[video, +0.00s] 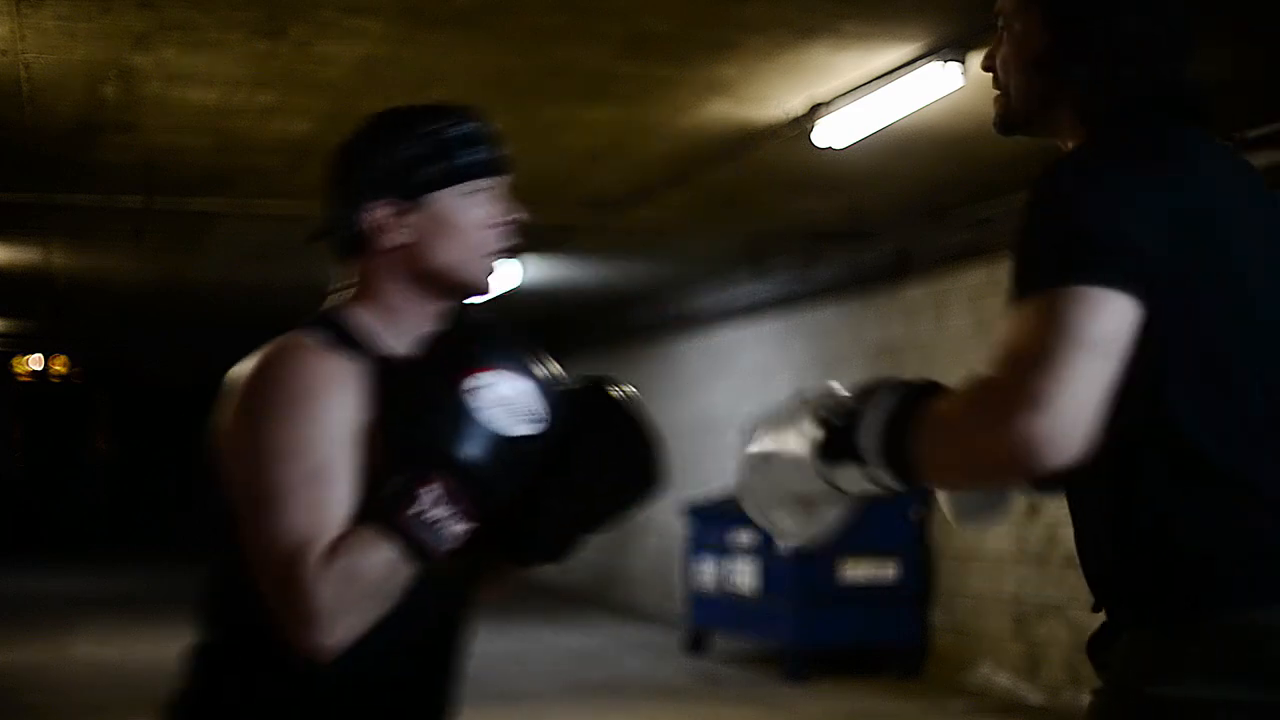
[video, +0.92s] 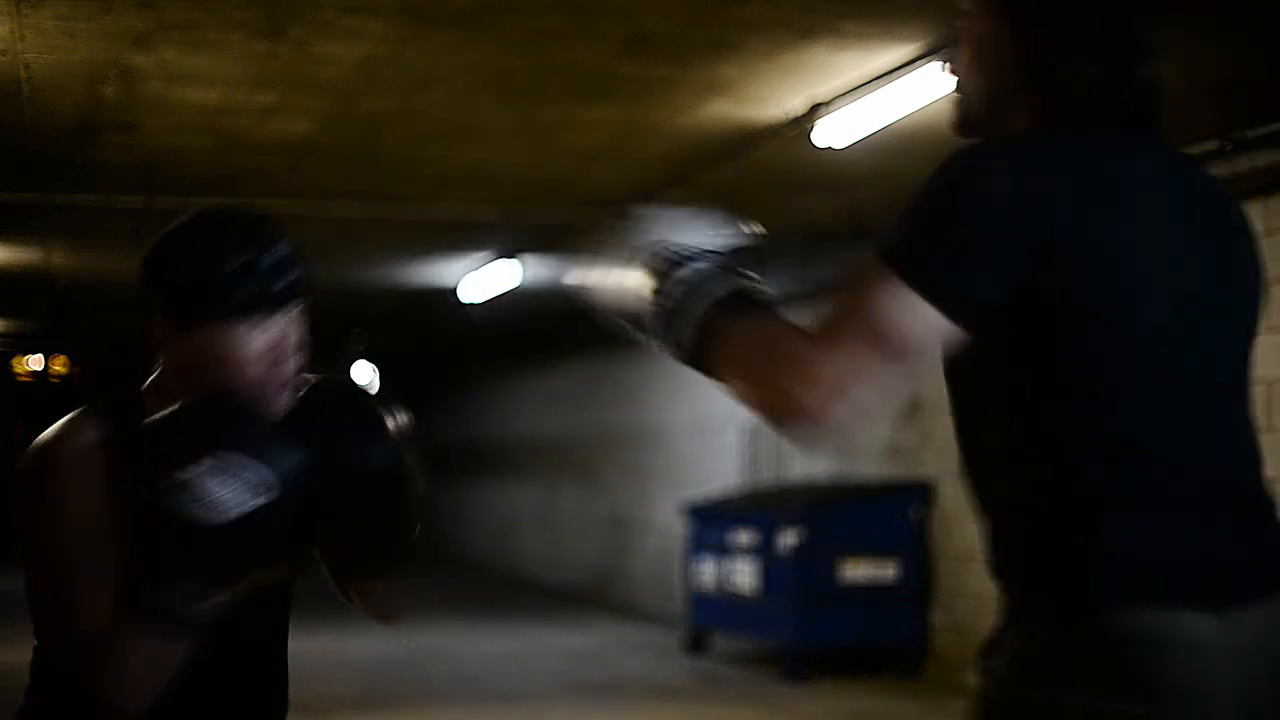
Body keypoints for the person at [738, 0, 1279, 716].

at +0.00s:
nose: (989, 60)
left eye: (1006, 30)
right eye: (996, 33)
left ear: (1062, 36)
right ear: (1115, 40)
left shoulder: (1108, 177)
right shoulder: (1217, 174)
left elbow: (1042, 428)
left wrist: (869, 431)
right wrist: (1004, 452)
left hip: (1198, 641)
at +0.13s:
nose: (1003, 55)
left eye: (1019, 29)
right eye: (1010, 31)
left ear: (1084, 35)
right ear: (1144, 39)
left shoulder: (1110, 180)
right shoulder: (1237, 172)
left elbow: (982, 425)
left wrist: (838, 370)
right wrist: (986, 352)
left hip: (1197, 641)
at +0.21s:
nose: (1028, 54)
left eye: (1048, 23)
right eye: (1035, 27)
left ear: (1115, 29)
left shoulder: (1141, 180)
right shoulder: (1238, 166)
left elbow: (1014, 434)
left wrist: (877, 339)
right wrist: (996, 316)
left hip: (1210, 643)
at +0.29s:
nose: (1055, 53)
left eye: (1076, 21)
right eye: (1063, 25)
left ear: (1142, 25)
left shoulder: (1182, 173)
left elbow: (1082, 448)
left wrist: (953, 332)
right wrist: (1025, 329)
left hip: (1227, 649)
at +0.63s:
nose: (1079, 61)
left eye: (1103, 29)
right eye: (1089, 32)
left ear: (1172, 33)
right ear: (1177, 39)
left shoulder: (1231, 166)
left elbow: (1161, 446)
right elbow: (1164, 442)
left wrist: (1026, 336)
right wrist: (1043, 337)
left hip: (1223, 656)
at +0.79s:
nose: (1014, 65)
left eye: (1031, 39)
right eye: (1019, 40)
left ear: (1089, 48)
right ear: (1177, 53)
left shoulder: (1059, 182)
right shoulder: (1243, 189)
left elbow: (797, 297)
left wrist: (674, 282)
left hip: (1157, 630)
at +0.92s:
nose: (949, 55)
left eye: (964, 30)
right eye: (955, 33)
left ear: (1021, 40)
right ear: (1114, 45)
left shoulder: (999, 189)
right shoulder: (1206, 206)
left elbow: (825, 397)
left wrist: (698, 303)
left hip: (1089, 636)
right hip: (1242, 626)